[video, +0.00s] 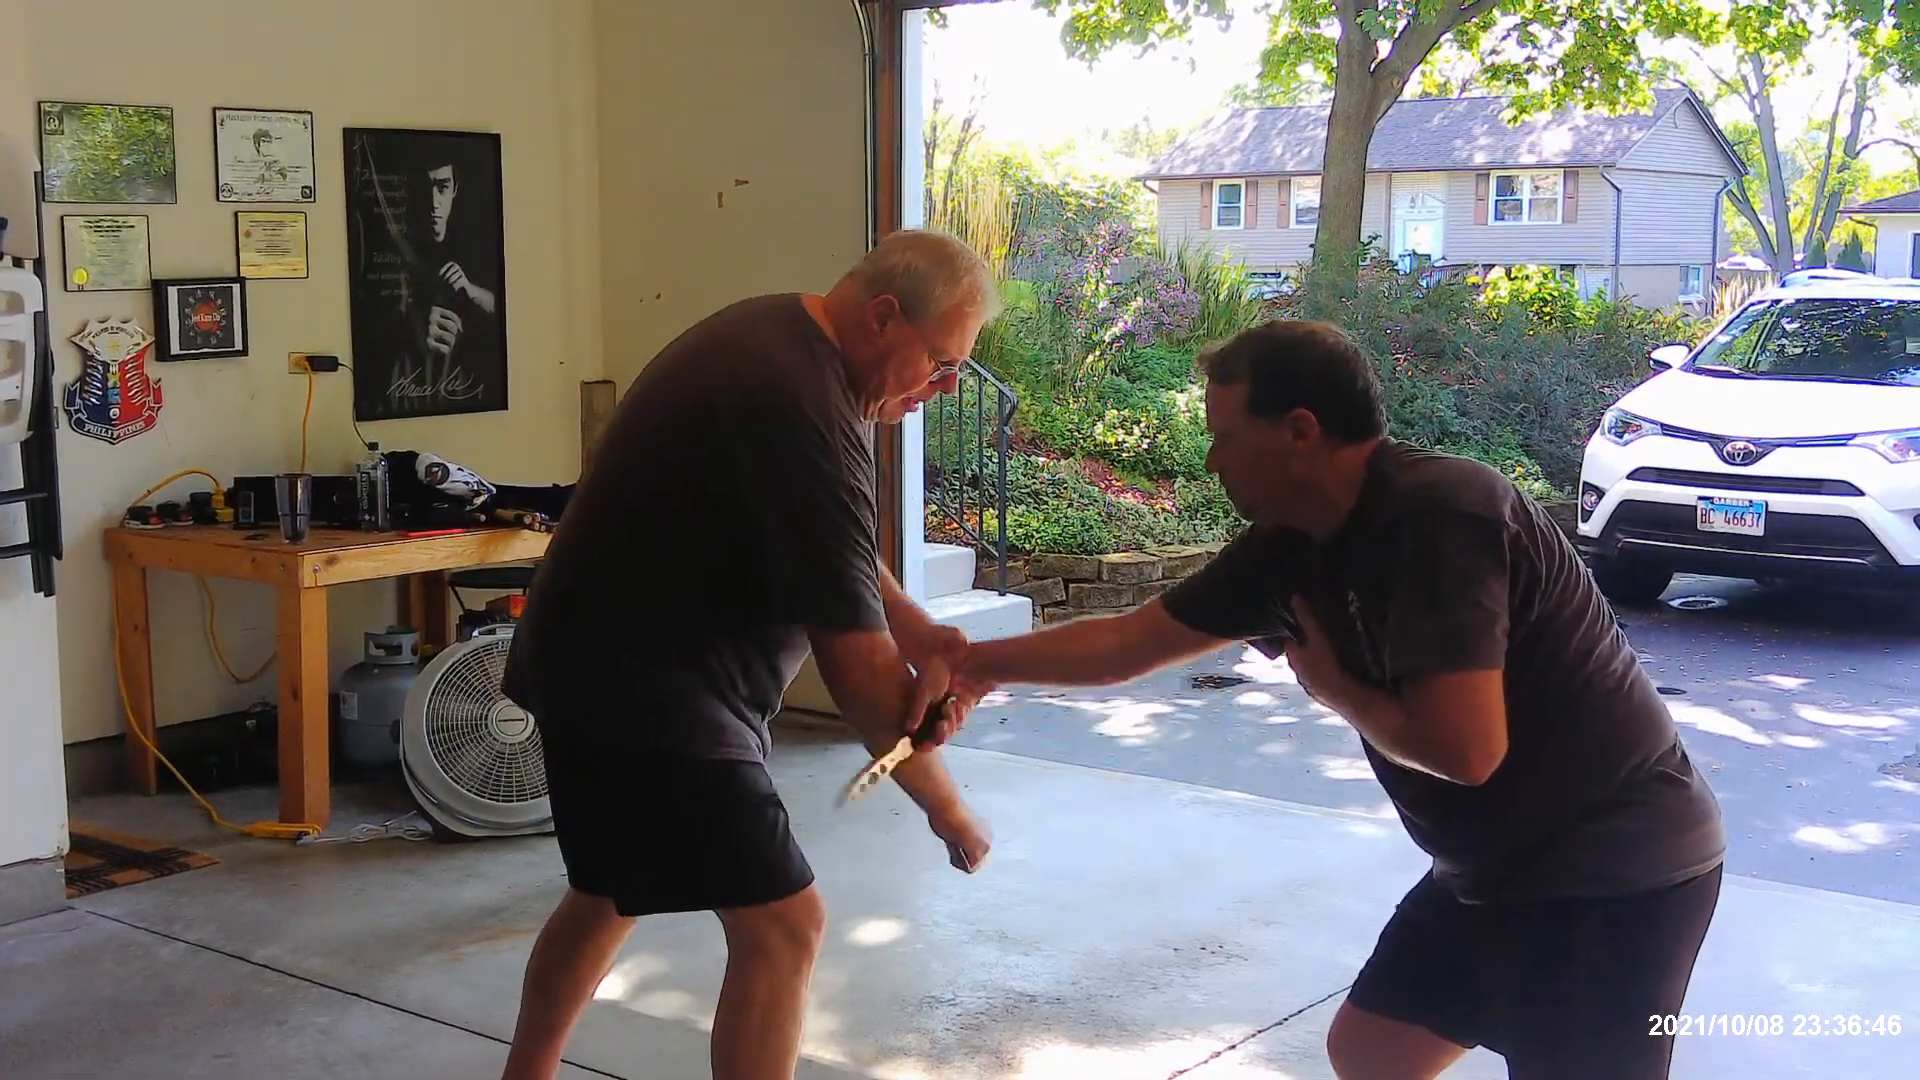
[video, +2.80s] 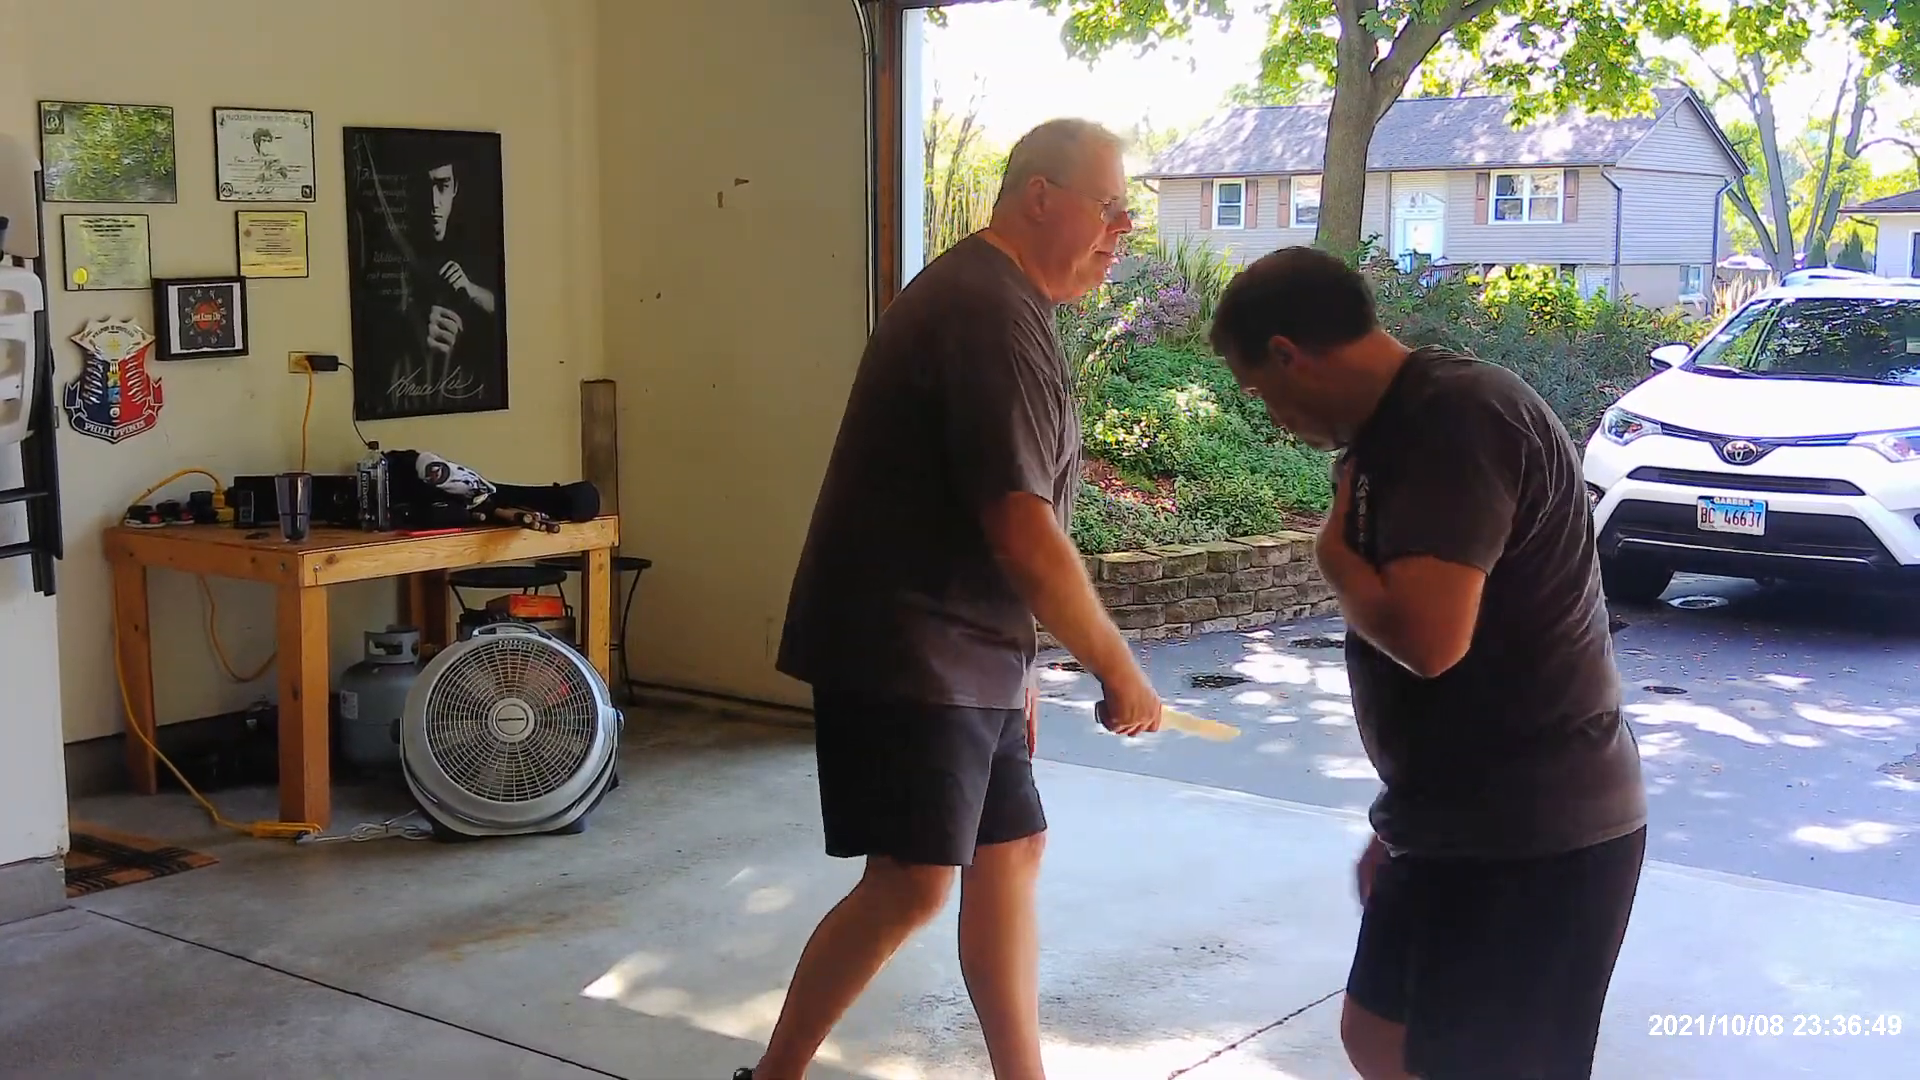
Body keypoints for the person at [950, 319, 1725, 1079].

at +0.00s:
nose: (1213, 458)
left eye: (1224, 434)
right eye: (1212, 435)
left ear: (1301, 434)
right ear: (1300, 437)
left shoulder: (1445, 517)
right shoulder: (1289, 542)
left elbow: (1469, 748)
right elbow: (1134, 639)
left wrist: (1338, 691)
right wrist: (976, 659)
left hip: (1625, 865)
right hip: (1491, 865)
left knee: (1585, 1069)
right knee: (1371, 1050)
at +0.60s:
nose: (1146, 436)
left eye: (1164, 411)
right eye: (1140, 415)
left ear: (1254, 401)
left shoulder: (1371, 474)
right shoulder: (1195, 519)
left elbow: (1407, 670)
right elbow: (1069, 585)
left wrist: (1239, 607)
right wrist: (947, 601)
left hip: (1565, 813)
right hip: (1423, 831)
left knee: (1594, 1065)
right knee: (1323, 1049)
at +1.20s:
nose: (1202, 333)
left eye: (1228, 309)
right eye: (1200, 310)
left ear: (1317, 314)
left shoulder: (1405, 410)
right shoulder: (1220, 454)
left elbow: (1403, 594)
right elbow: (1113, 560)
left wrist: (1261, 536)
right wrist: (991, 627)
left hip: (1511, 804)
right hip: (1367, 818)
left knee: (1539, 1061)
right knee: (1317, 1050)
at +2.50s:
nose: (1204, 434)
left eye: (1216, 408)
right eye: (1193, 413)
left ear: (1294, 366)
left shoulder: (1425, 431)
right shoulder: (1249, 492)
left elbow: (1429, 626)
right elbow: (1160, 620)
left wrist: (1289, 579)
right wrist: (1051, 728)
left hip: (1523, 815)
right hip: (1377, 826)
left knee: (1518, 1065)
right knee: (1305, 1052)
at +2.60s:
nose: (1205, 436)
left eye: (1208, 411)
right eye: (1194, 417)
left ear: (1278, 367)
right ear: (1277, 370)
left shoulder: (1440, 427)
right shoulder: (1279, 481)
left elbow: (1440, 630)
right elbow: (1207, 629)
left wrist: (1303, 580)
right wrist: (1089, 739)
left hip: (1529, 818)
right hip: (1391, 819)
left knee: (1475, 1064)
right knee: (1327, 1051)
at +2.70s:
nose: (1225, 425)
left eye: (1219, 399)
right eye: (1212, 405)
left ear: (1268, 359)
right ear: (1272, 359)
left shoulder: (1452, 415)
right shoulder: (1314, 463)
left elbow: (1445, 627)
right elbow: (1305, 643)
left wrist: (1317, 564)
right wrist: (1202, 782)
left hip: (1533, 816)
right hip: (1413, 812)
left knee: (1467, 1062)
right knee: (1355, 1039)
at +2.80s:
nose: (1275, 423)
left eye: (1261, 396)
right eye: (1260, 401)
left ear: (1291, 355)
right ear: (1305, 344)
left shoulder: (1462, 415)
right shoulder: (1398, 430)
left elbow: (1429, 638)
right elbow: (1424, 665)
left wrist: (1331, 553)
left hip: (1532, 840)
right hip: (1447, 828)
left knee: (1484, 1065)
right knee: (1377, 1037)